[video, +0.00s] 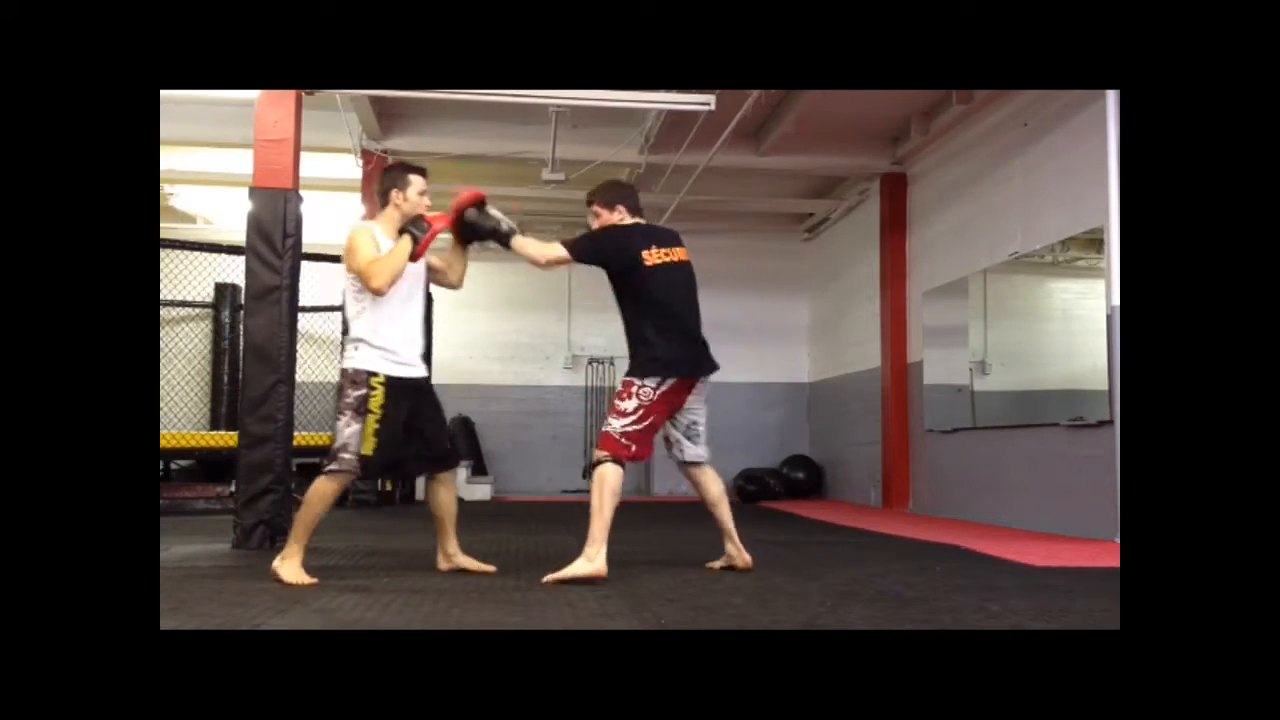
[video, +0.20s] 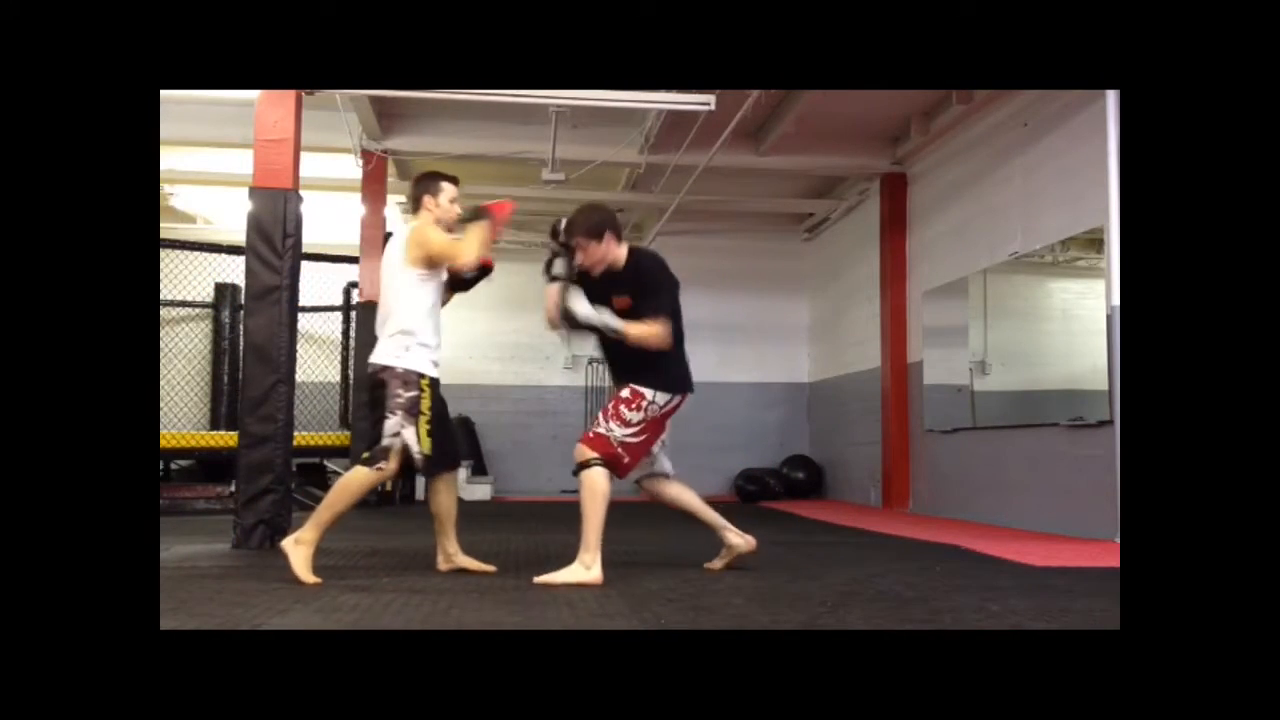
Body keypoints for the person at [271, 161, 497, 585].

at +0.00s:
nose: (427, 202)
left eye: (428, 194)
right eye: (421, 194)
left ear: (404, 198)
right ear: (395, 196)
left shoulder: (409, 246)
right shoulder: (362, 235)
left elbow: (453, 277)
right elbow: (377, 281)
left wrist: (461, 230)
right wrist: (414, 237)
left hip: (411, 373)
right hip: (369, 370)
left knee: (443, 462)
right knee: (344, 466)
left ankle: (449, 552)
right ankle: (290, 556)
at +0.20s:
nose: (459, 209)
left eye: (458, 201)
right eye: (452, 200)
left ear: (426, 204)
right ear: (428, 202)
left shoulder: (414, 240)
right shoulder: (422, 233)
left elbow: (428, 300)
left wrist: (465, 277)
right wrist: (482, 223)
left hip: (415, 365)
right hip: (403, 364)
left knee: (442, 460)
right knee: (386, 460)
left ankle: (449, 551)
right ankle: (303, 540)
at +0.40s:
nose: (470, 227)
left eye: (472, 220)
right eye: (467, 218)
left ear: (438, 215)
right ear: (443, 212)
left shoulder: (402, 252)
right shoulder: (441, 237)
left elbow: (408, 300)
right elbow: (505, 233)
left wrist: (449, 295)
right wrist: (553, 210)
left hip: (412, 371)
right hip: (409, 372)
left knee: (449, 458)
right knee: (389, 465)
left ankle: (450, 551)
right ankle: (307, 544)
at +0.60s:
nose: (464, 209)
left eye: (464, 202)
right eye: (458, 201)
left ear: (443, 204)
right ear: (433, 202)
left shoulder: (440, 259)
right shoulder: (409, 237)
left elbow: (469, 306)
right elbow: (419, 272)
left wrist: (488, 275)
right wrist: (440, 232)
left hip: (424, 369)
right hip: (396, 362)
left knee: (451, 456)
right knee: (375, 455)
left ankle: (450, 551)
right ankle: (301, 540)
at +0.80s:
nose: (429, 206)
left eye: (430, 199)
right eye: (421, 198)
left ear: (422, 205)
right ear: (394, 201)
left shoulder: (418, 252)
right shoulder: (368, 240)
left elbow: (455, 296)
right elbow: (338, 295)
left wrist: (477, 261)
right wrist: (377, 252)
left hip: (413, 375)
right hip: (369, 372)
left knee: (442, 463)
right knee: (338, 464)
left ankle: (449, 552)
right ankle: (282, 554)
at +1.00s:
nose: (395, 203)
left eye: (395, 196)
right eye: (387, 196)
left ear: (378, 199)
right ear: (360, 196)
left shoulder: (390, 244)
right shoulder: (324, 241)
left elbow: (435, 284)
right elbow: (304, 299)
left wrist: (467, 252)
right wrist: (333, 252)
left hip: (386, 371)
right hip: (338, 370)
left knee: (418, 461)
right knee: (310, 470)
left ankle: (423, 547)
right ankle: (279, 559)